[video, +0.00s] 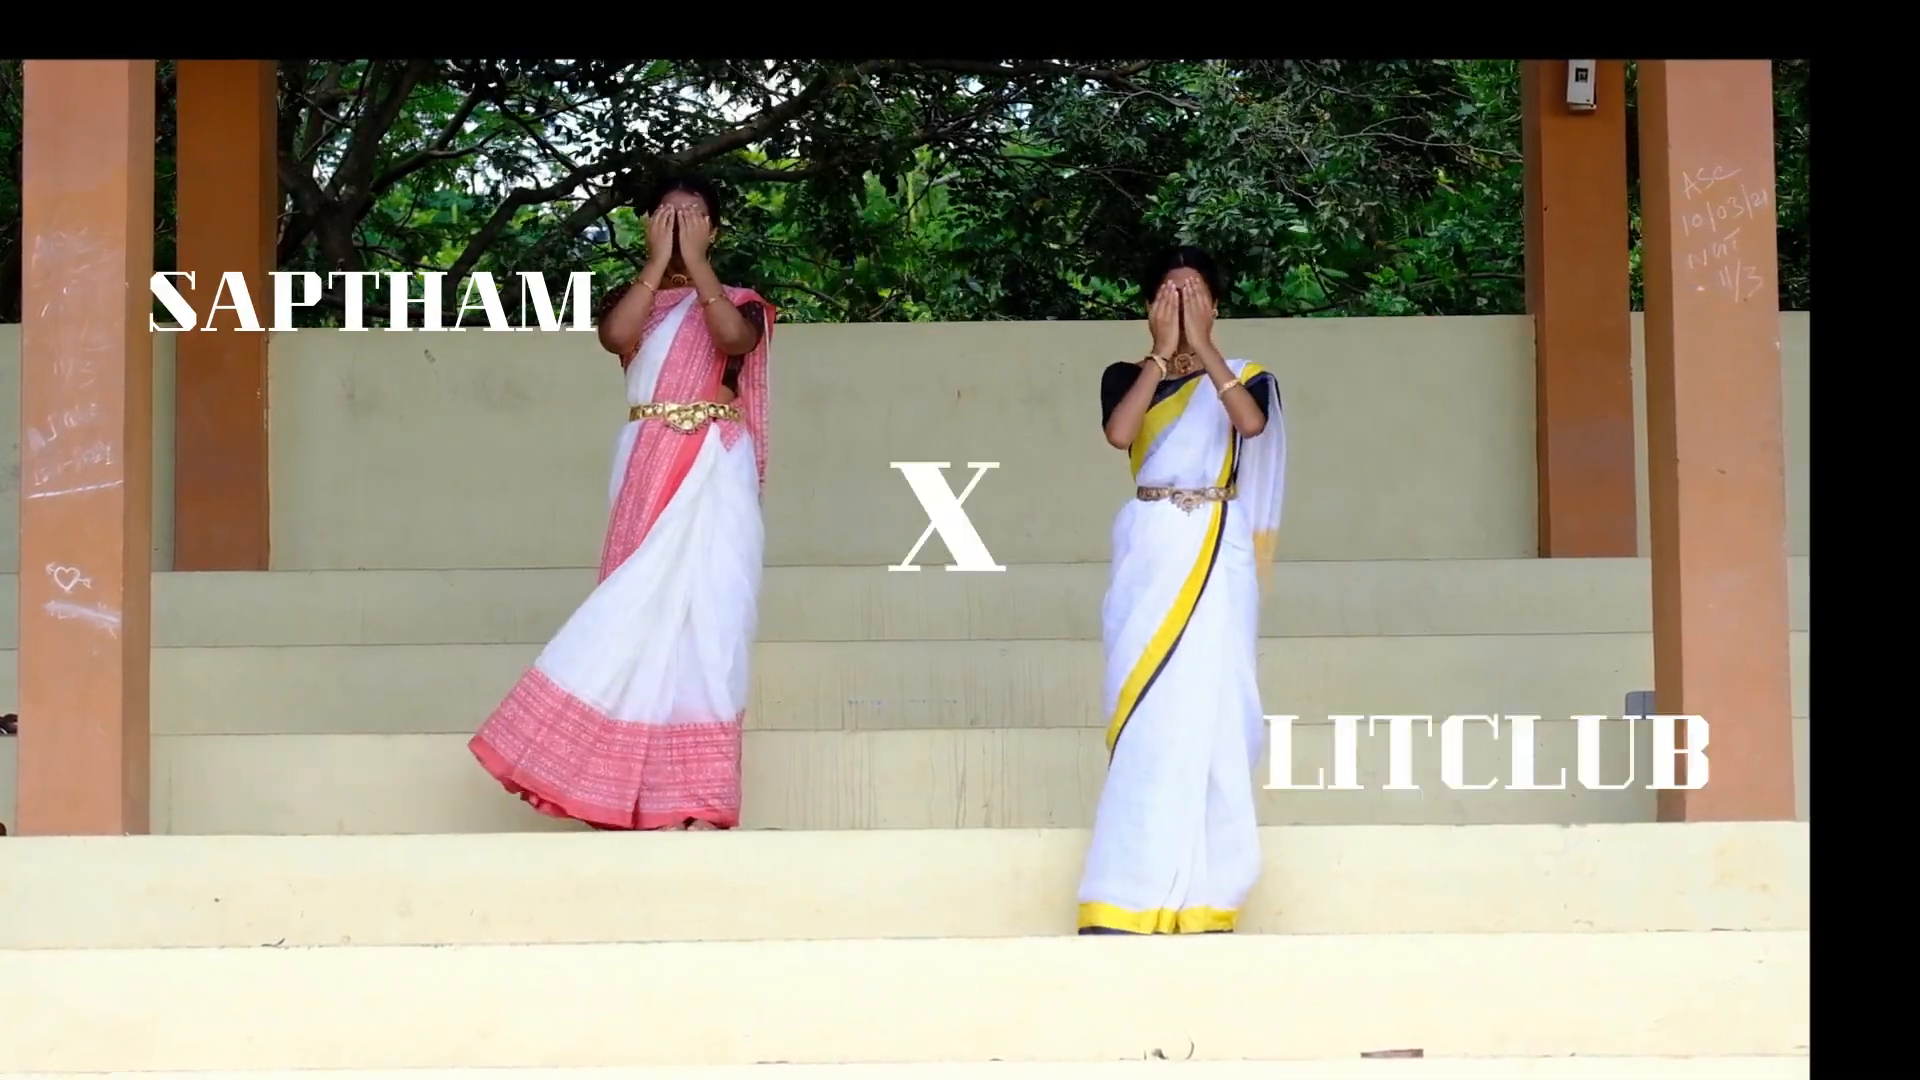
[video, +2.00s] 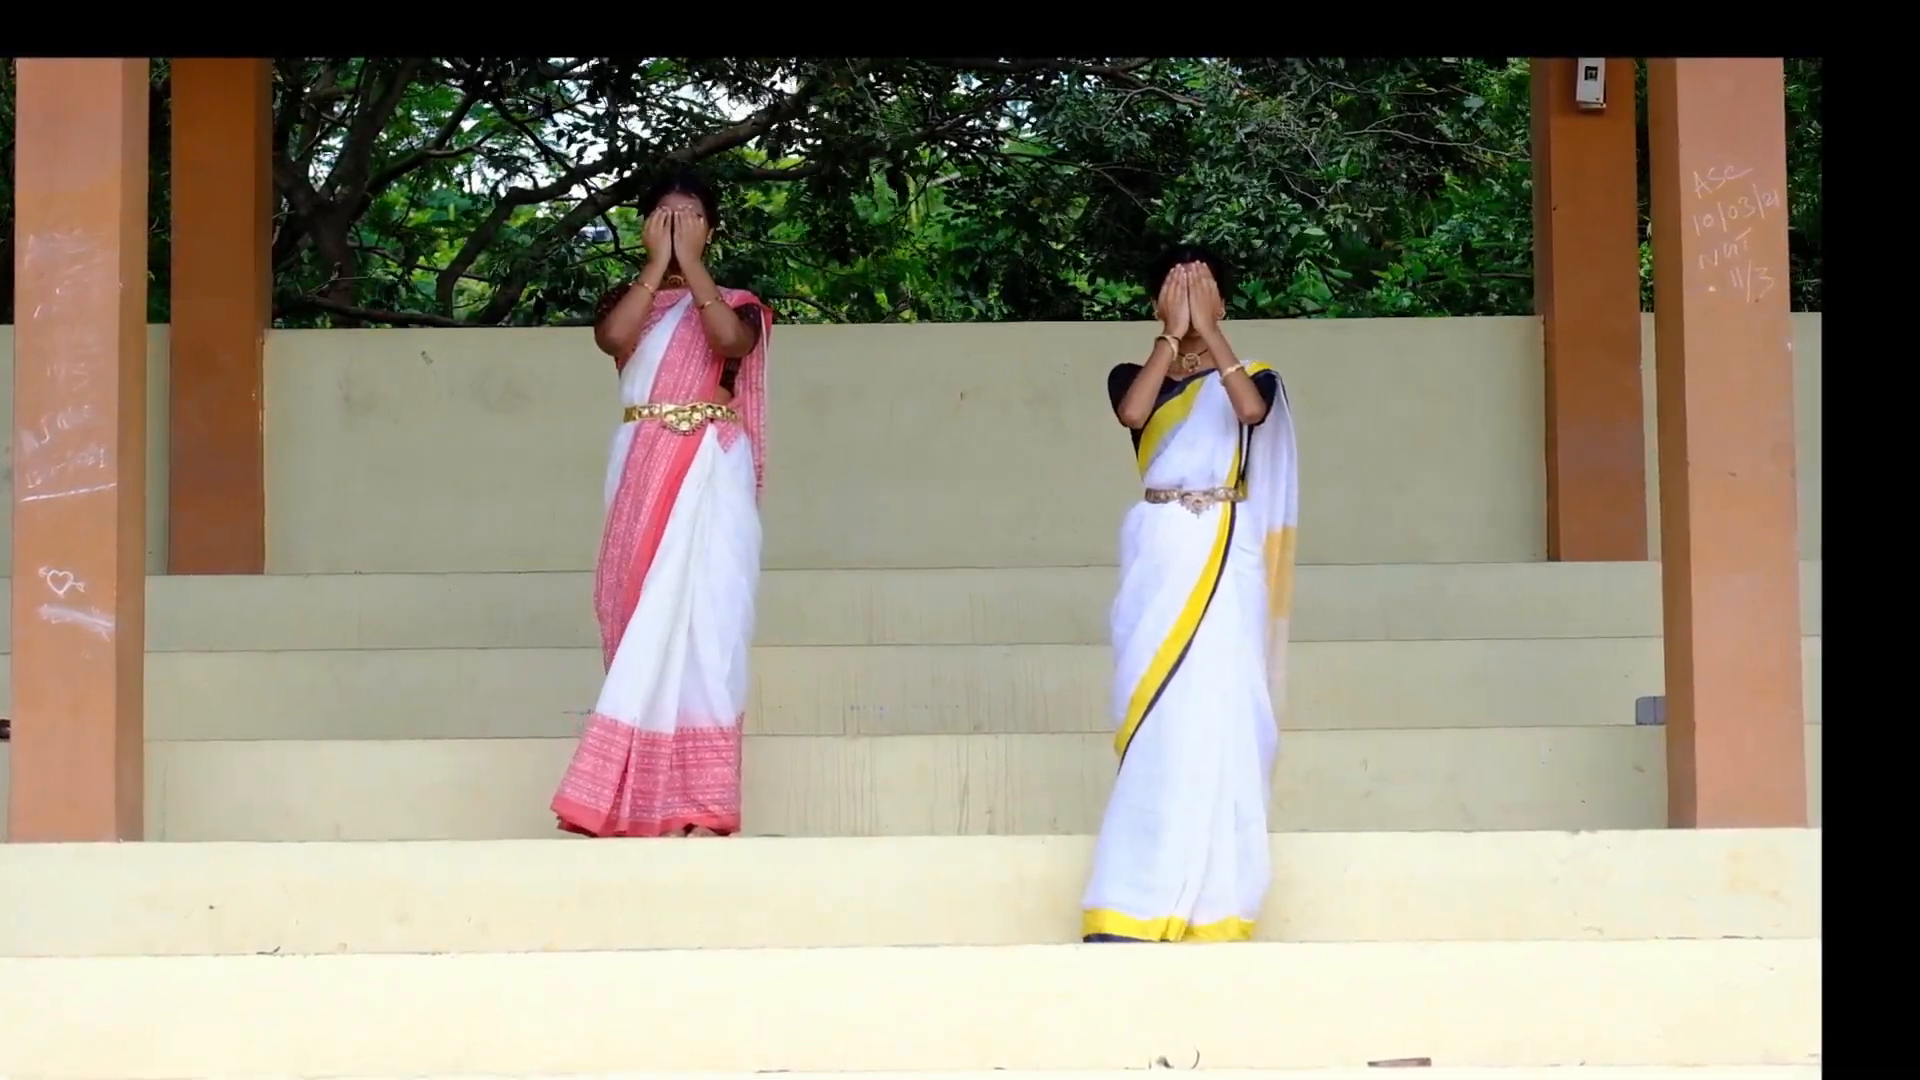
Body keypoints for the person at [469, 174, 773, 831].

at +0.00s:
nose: (681, 224)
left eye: (694, 214)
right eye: (669, 213)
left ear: (714, 227)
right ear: (652, 226)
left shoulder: (739, 300)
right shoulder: (636, 300)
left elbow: (736, 338)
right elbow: (617, 336)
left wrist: (696, 260)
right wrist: (657, 261)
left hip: (715, 469)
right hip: (647, 469)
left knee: (707, 620)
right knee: (639, 614)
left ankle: (696, 795)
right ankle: (626, 792)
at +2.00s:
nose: (674, 227)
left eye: (689, 216)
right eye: (664, 214)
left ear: (712, 227)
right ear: (644, 225)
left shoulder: (738, 305)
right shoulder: (628, 302)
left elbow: (732, 340)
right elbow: (615, 338)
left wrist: (693, 263)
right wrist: (658, 262)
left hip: (713, 478)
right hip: (643, 478)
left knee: (706, 628)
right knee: (639, 625)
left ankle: (703, 804)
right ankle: (635, 800)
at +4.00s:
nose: (681, 226)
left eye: (695, 214)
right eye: (670, 213)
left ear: (717, 226)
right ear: (651, 225)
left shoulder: (740, 301)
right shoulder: (638, 301)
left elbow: (742, 339)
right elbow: (608, 332)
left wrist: (701, 261)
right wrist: (658, 256)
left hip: (714, 476)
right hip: (646, 474)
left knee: (703, 627)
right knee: (650, 626)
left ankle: (693, 803)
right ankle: (644, 799)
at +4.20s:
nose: (704, 231)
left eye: (714, 220)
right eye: (690, 219)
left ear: (727, 229)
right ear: (664, 227)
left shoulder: (747, 307)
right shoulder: (631, 304)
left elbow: (766, 377)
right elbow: (590, 385)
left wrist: (702, 337)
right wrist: (636, 337)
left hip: (727, 482)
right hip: (655, 481)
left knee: (717, 629)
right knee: (658, 628)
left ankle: (703, 809)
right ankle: (652, 804)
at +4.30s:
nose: (720, 237)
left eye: (729, 226)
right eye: (705, 224)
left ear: (736, 235)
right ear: (674, 233)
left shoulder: (755, 313)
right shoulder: (633, 315)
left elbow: (767, 395)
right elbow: (609, 399)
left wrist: (720, 414)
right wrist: (604, 427)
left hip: (733, 490)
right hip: (659, 489)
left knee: (717, 631)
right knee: (661, 631)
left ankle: (706, 812)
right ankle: (659, 806)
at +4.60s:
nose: (748, 241)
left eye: (754, 229)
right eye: (734, 228)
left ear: (758, 235)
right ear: (698, 235)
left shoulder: (768, 315)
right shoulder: (651, 310)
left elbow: (768, 386)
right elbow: (583, 383)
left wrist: (693, 391)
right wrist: (505, 434)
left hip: (747, 479)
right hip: (674, 477)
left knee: (783, 585)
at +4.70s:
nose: (753, 245)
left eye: (758, 234)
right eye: (739, 232)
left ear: (761, 242)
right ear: (700, 239)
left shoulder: (771, 319)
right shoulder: (653, 315)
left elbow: (781, 398)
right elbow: (582, 386)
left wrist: (712, 406)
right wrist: (503, 420)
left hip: (748, 472)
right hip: (674, 475)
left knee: (764, 581)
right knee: (705, 612)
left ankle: (856, 698)